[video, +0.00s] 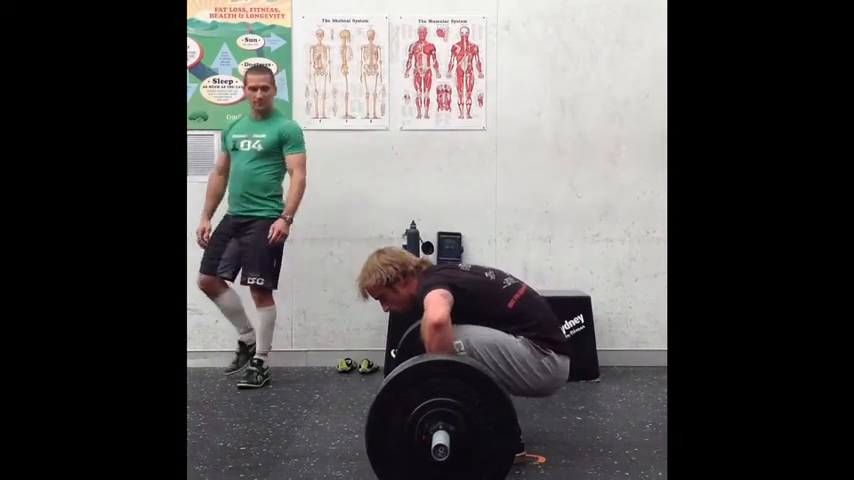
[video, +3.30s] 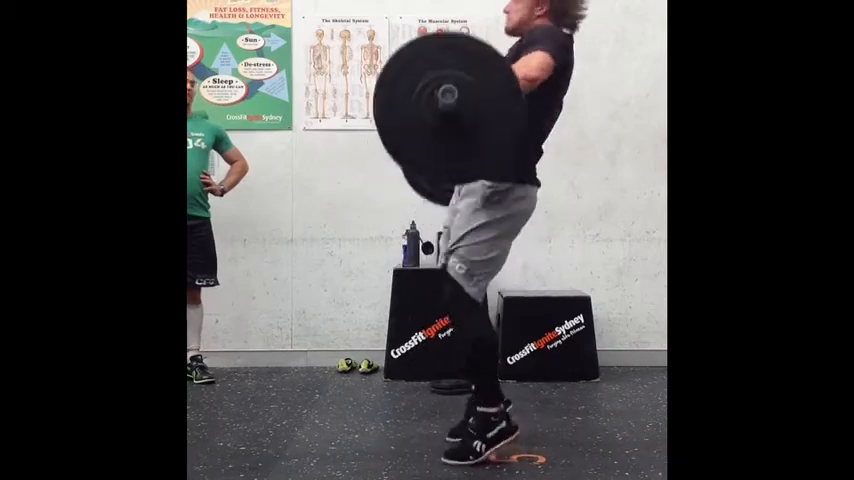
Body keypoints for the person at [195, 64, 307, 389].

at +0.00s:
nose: (258, 94)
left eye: (264, 88)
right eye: (253, 89)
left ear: (274, 90)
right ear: (244, 91)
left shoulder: (287, 129)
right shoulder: (234, 128)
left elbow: (298, 176)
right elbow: (220, 173)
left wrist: (287, 217)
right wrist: (206, 216)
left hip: (266, 220)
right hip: (233, 219)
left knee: (260, 289)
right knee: (209, 282)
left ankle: (261, 363)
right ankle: (248, 339)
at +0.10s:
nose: (253, 94)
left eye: (259, 88)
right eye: (247, 88)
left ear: (268, 91)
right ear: (238, 91)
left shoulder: (281, 129)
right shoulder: (223, 129)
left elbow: (297, 175)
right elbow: (209, 173)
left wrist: (287, 214)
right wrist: (199, 217)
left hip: (261, 221)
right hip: (225, 220)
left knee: (259, 290)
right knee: (205, 284)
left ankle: (259, 363)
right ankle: (221, 349)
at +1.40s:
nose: (206, 94)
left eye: (211, 88)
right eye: (200, 89)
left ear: (218, 93)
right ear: (190, 93)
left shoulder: (237, 129)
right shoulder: (186, 127)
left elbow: (273, 159)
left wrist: (248, 187)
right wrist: (186, 179)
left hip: (219, 221)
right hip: (187, 220)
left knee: (216, 289)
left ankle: (215, 355)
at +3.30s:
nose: (188, 87)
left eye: (191, 83)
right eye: (185, 82)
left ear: (196, 88)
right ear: (181, 87)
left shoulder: (206, 126)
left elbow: (240, 163)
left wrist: (223, 187)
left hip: (195, 217)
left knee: (192, 290)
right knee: (191, 290)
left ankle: (194, 357)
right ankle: (192, 358)